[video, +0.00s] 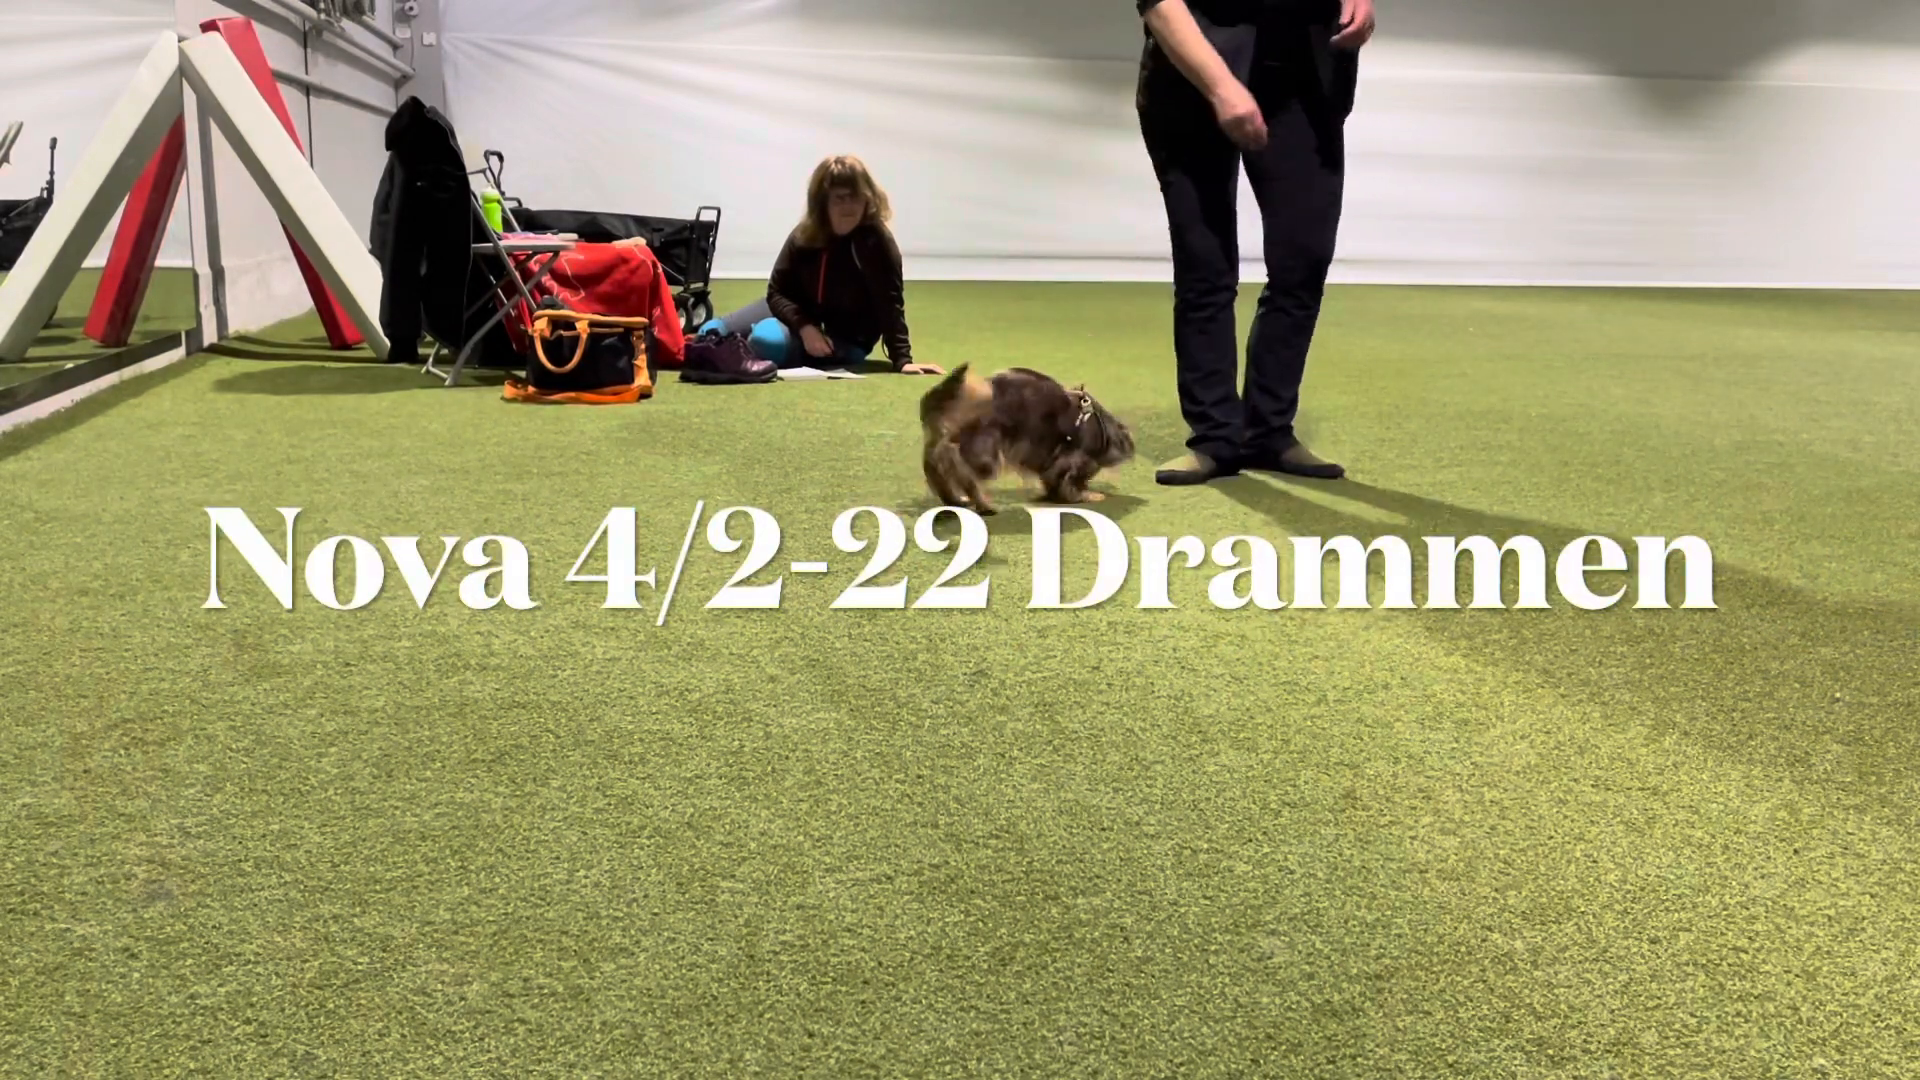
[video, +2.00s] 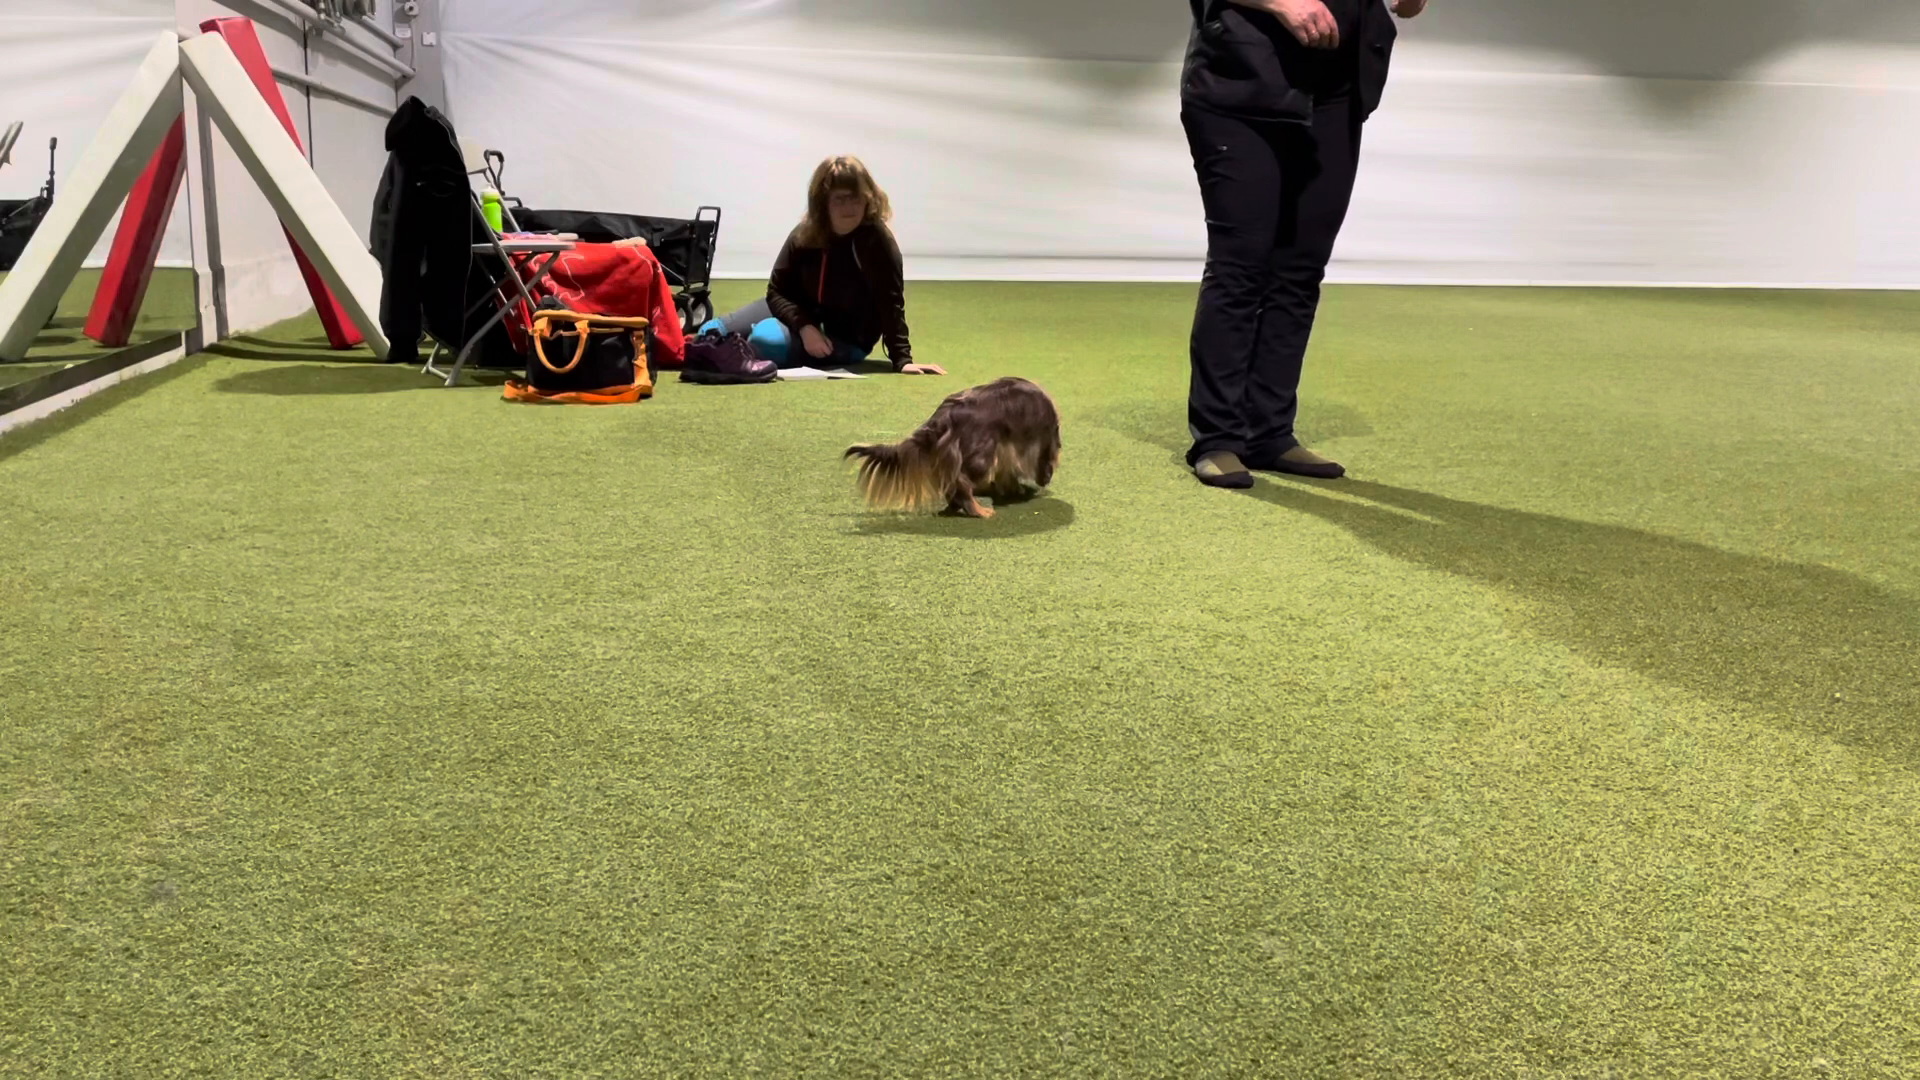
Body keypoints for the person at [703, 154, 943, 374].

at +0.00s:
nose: (848, 205)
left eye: (855, 196)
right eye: (839, 197)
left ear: (867, 200)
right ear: (822, 201)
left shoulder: (878, 242)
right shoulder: (804, 237)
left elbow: (891, 302)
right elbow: (777, 293)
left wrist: (903, 361)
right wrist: (804, 327)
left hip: (841, 338)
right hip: (794, 313)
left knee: (764, 338)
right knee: (712, 332)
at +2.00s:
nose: (848, 206)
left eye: (855, 197)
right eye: (839, 198)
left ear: (867, 200)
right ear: (823, 202)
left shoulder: (879, 243)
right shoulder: (804, 237)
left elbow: (892, 302)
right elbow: (777, 292)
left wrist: (902, 360)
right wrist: (804, 328)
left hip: (843, 337)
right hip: (796, 313)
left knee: (764, 337)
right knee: (715, 330)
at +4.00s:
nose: (847, 205)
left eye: (854, 197)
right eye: (838, 198)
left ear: (866, 200)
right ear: (822, 202)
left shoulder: (877, 242)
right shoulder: (804, 237)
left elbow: (891, 302)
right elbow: (777, 292)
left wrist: (902, 360)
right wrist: (804, 328)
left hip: (842, 337)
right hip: (796, 313)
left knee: (765, 336)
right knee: (711, 332)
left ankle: (731, 345)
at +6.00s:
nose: (847, 205)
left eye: (855, 196)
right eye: (838, 198)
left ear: (866, 200)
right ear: (822, 201)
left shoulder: (877, 242)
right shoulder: (804, 237)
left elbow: (891, 302)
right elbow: (777, 292)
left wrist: (902, 360)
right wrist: (804, 327)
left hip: (842, 338)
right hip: (796, 313)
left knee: (765, 337)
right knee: (712, 331)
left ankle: (732, 346)